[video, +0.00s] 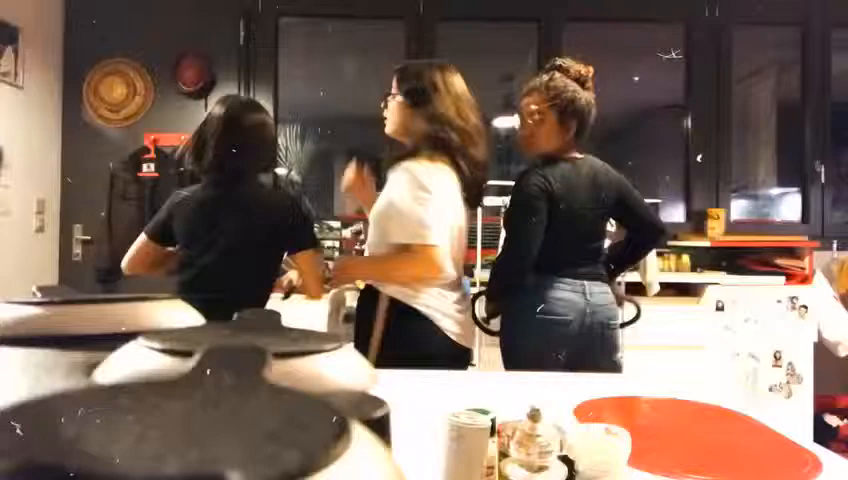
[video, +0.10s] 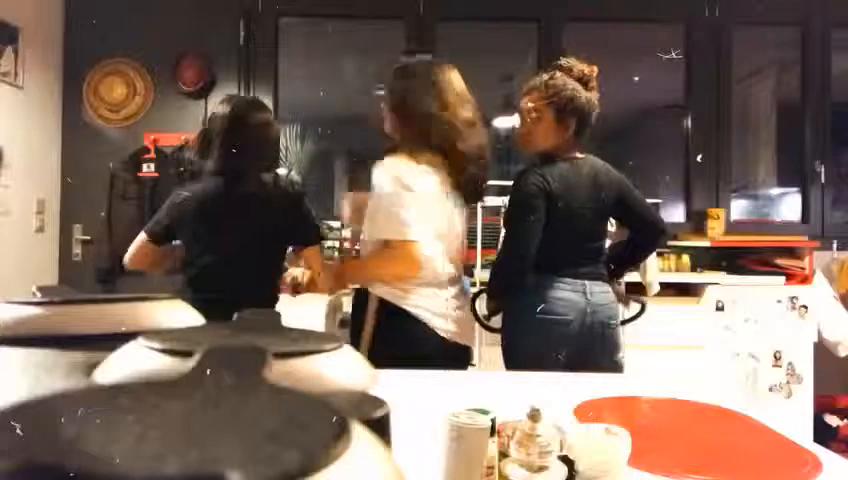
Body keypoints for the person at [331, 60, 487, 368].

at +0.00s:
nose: (384, 105)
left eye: (393, 96)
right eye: (388, 96)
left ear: (422, 105)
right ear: (421, 107)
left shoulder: (413, 174)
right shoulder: (443, 173)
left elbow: (430, 262)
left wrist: (355, 268)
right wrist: (370, 201)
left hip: (409, 329)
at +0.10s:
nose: (383, 109)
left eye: (390, 99)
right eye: (387, 98)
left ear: (403, 109)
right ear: (450, 108)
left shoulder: (396, 171)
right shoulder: (447, 174)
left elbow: (407, 258)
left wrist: (340, 274)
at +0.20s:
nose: (373, 113)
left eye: (379, 103)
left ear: (391, 107)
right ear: (449, 103)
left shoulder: (371, 168)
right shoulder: (466, 167)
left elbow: (370, 260)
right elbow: (463, 254)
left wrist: (335, 278)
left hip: (389, 325)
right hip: (452, 327)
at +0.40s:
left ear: (366, 109)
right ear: (435, 107)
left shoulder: (353, 176)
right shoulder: (464, 174)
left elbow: (342, 269)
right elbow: (480, 260)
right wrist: (435, 260)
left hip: (380, 334)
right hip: (452, 336)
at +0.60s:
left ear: (372, 111)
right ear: (432, 112)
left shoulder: (351, 184)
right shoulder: (463, 180)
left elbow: (335, 276)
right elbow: (475, 270)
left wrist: (377, 277)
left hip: (374, 345)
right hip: (448, 346)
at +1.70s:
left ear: (379, 121)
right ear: (441, 118)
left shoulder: (355, 191)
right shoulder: (466, 191)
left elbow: (331, 279)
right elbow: (479, 276)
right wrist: (434, 266)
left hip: (368, 349)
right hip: (440, 352)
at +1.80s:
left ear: (380, 112)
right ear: (442, 111)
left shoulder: (351, 181)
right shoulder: (467, 185)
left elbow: (335, 272)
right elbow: (481, 271)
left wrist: (321, 266)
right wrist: (441, 256)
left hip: (369, 345)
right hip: (442, 348)